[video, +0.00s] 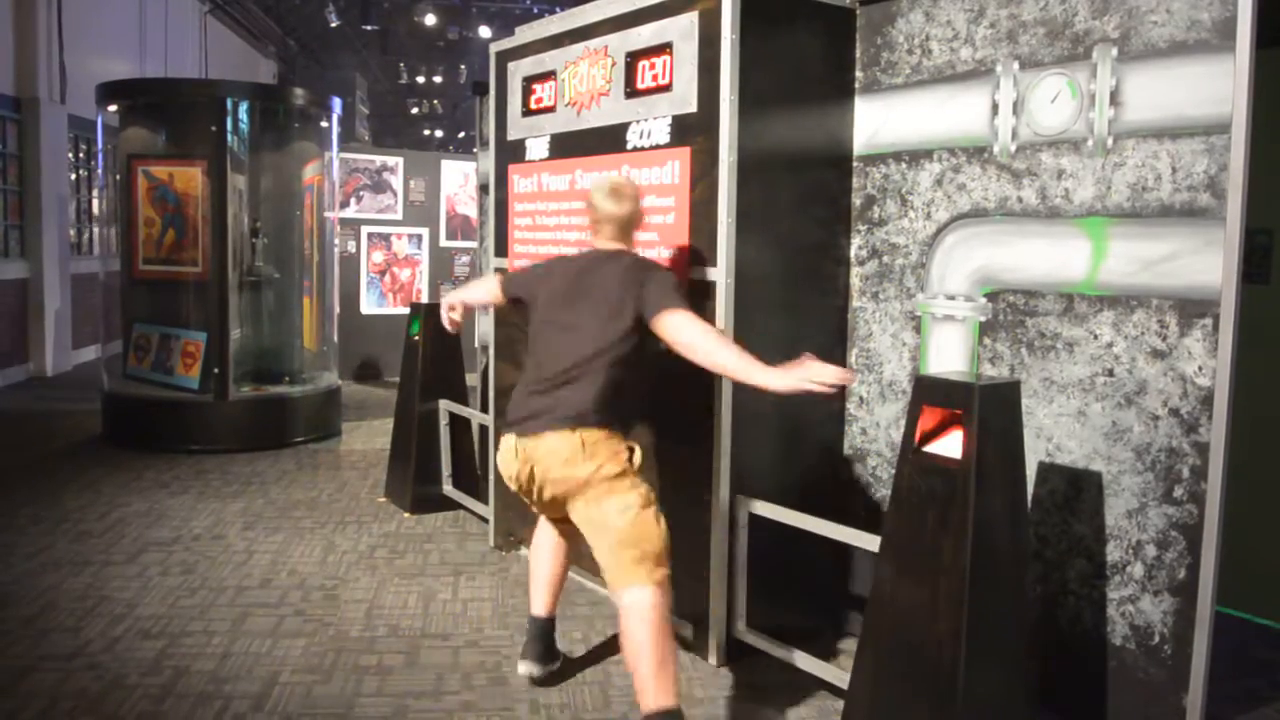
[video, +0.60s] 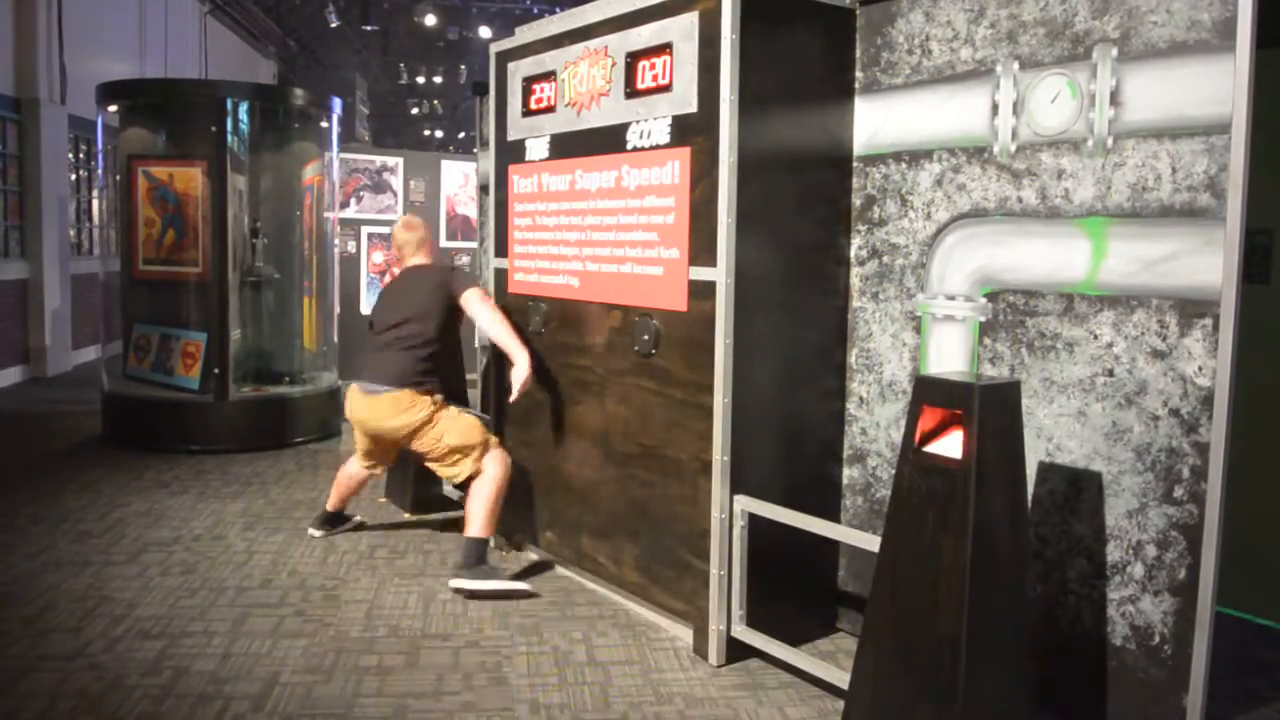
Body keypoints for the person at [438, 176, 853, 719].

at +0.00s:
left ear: (588, 223)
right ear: (637, 223)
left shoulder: (549, 273)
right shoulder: (644, 276)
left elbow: (487, 290)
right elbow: (687, 334)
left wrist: (453, 299)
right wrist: (771, 376)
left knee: (552, 514)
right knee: (640, 585)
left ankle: (538, 644)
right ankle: (661, 710)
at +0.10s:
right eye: (584, 195)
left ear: (538, 201)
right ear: (584, 200)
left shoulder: (505, 252)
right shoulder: (588, 246)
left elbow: (454, 255)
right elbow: (614, 297)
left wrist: (436, 257)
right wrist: (682, 338)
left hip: (506, 415)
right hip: (571, 406)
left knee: (543, 530)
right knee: (615, 535)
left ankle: (538, 656)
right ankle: (607, 693)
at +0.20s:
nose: (543, 180)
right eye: (549, 172)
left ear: (506, 178)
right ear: (553, 177)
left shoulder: (480, 224)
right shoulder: (558, 216)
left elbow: (429, 236)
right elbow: (566, 257)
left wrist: (412, 249)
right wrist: (614, 316)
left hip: (473, 383)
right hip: (531, 376)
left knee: (524, 505)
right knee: (589, 483)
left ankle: (531, 629)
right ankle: (548, 622)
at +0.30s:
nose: (534, 173)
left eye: (523, 165)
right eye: (533, 166)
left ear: (487, 172)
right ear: (530, 170)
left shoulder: (461, 216)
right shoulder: (532, 208)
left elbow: (411, 260)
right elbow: (536, 254)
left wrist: (383, 301)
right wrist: (566, 316)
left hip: (440, 366)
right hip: (490, 364)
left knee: (493, 467)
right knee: (564, 453)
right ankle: (517, 582)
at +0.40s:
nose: (504, 198)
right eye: (503, 191)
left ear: (460, 198)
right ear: (500, 192)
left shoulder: (439, 241)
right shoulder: (505, 226)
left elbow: (399, 305)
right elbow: (515, 267)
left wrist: (380, 351)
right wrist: (546, 325)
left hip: (419, 378)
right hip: (466, 378)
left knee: (456, 448)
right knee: (537, 456)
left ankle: (385, 519)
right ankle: (500, 584)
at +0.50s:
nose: (466, 220)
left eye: (461, 215)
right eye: (462, 215)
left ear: (425, 231)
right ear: (460, 220)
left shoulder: (413, 272)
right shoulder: (481, 249)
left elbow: (380, 337)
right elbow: (504, 283)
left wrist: (414, 352)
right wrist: (541, 338)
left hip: (395, 389)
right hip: (445, 394)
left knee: (396, 444)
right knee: (518, 468)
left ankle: (351, 509)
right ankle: (495, 582)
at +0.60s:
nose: (435, 249)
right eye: (432, 244)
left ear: (397, 252)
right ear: (431, 246)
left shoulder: (391, 287)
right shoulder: (447, 276)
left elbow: (375, 330)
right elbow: (480, 306)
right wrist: (521, 357)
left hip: (360, 399)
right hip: (406, 403)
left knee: (366, 460)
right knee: (493, 461)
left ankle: (328, 517)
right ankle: (473, 564)